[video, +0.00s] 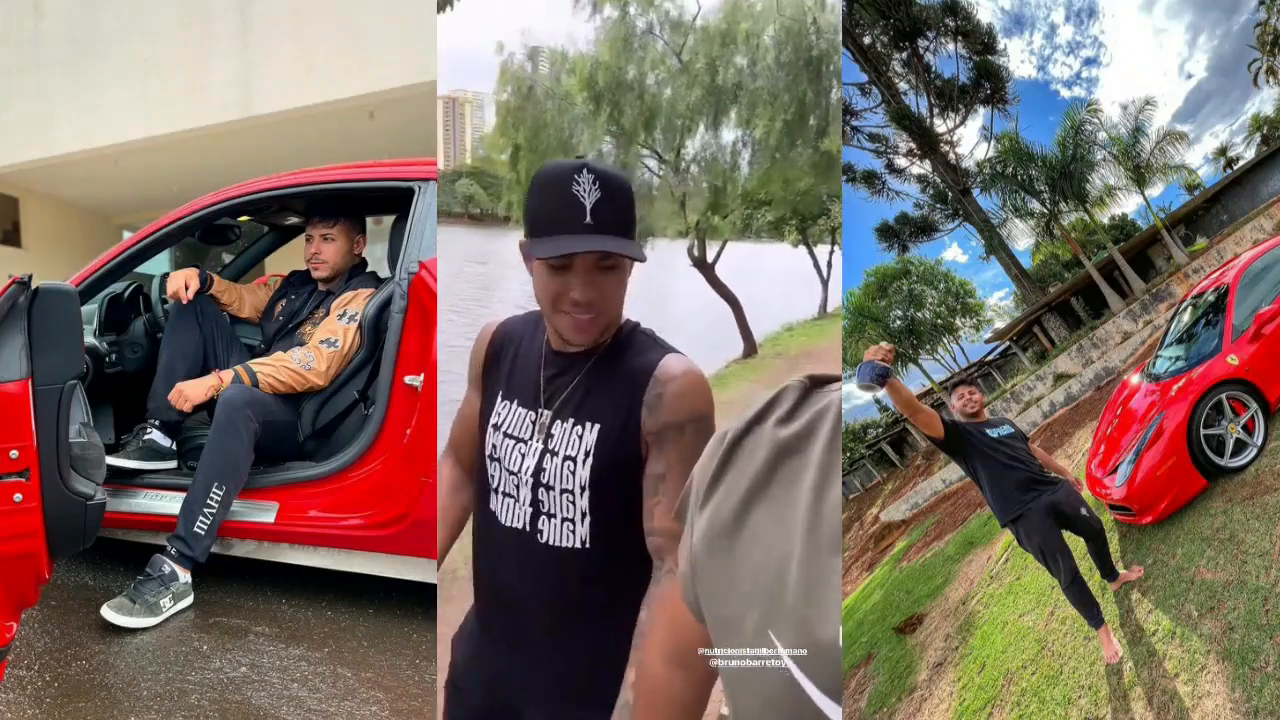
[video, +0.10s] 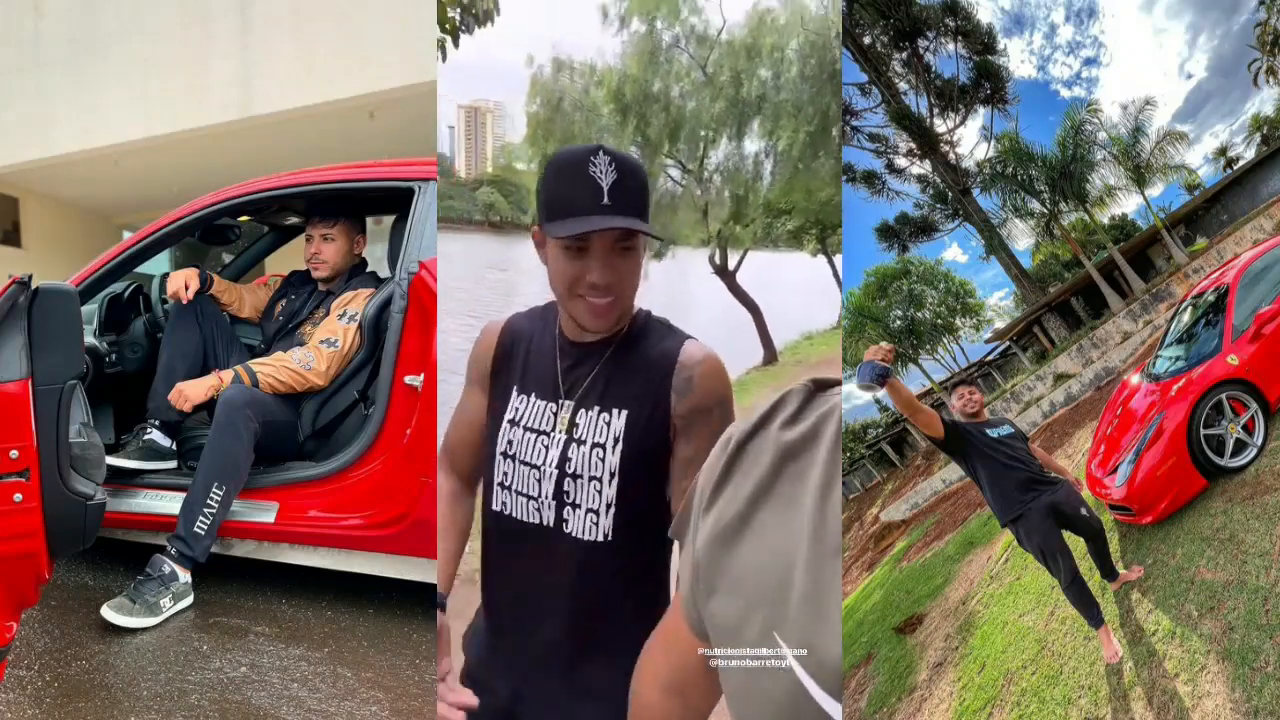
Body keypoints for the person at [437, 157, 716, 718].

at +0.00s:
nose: (580, 292)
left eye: (605, 265)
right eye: (558, 265)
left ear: (632, 263)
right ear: (528, 260)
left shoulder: (669, 389)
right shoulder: (499, 348)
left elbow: (674, 560)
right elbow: (459, 469)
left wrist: (645, 703)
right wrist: (400, 569)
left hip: (591, 684)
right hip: (486, 660)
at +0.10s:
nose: (599, 274)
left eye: (622, 246)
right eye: (575, 247)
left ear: (645, 247)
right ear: (541, 246)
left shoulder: (688, 376)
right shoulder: (501, 347)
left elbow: (702, 549)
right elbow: (456, 477)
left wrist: (707, 686)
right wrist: (433, 604)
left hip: (616, 687)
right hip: (498, 670)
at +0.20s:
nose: (625, 262)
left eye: (646, 235)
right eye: (601, 235)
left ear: (668, 238)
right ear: (564, 236)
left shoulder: (711, 370)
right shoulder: (522, 340)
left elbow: (728, 537)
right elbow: (467, 468)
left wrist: (732, 680)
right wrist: (462, 593)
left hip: (642, 675)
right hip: (524, 654)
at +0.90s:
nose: (599, 290)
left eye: (620, 264)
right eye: (577, 267)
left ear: (652, 258)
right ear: (552, 264)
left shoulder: (697, 382)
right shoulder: (526, 339)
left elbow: (704, 568)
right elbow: (474, 455)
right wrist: (465, 521)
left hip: (617, 690)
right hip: (507, 664)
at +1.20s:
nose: (538, 304)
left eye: (558, 277)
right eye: (514, 280)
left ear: (588, 273)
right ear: (489, 281)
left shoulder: (633, 400)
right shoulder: (463, 364)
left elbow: (634, 580)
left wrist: (581, 709)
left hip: (564, 697)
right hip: (464, 684)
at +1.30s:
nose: (501, 314)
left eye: (521, 284)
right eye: (476, 291)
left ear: (549, 281)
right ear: (451, 293)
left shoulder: (598, 402)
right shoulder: (438, 374)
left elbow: (611, 576)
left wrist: (590, 707)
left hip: (552, 696)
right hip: (459, 685)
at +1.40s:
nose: (465, 329)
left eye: (482, 301)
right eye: (441, 307)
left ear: (508, 296)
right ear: (413, 315)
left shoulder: (564, 413)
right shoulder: (415, 402)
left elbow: (599, 585)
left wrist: (609, 706)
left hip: (533, 698)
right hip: (448, 691)